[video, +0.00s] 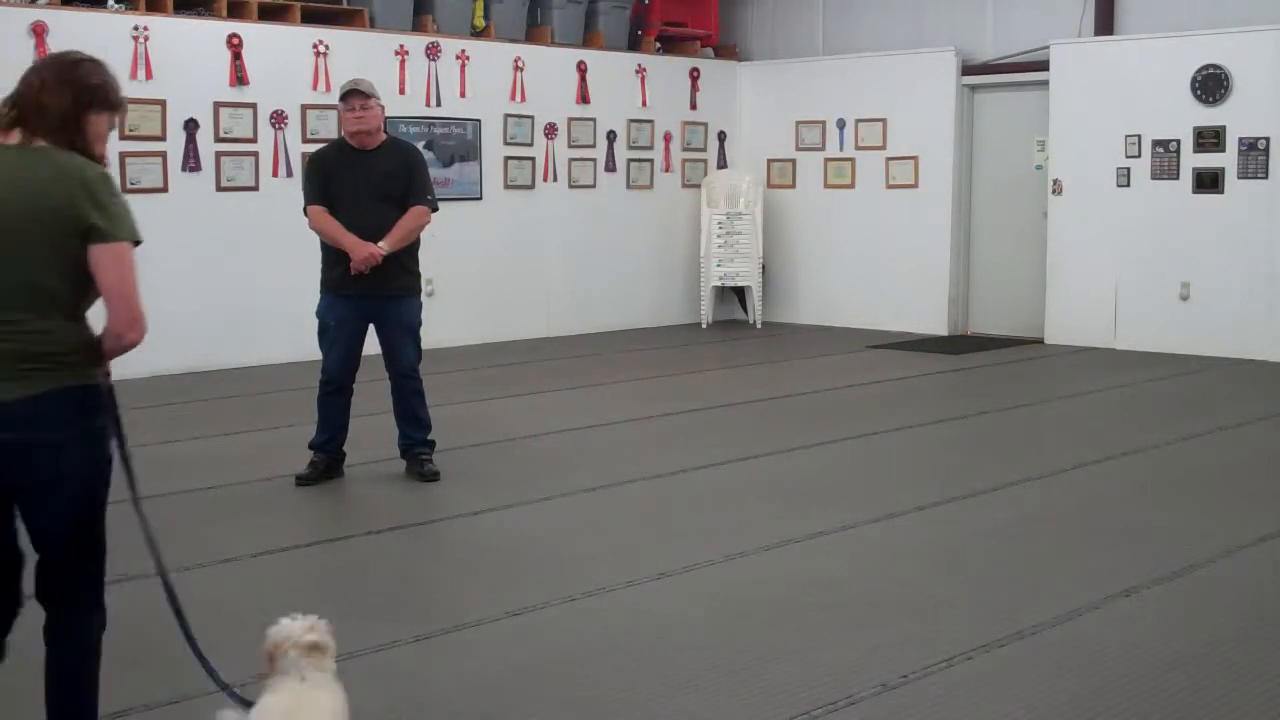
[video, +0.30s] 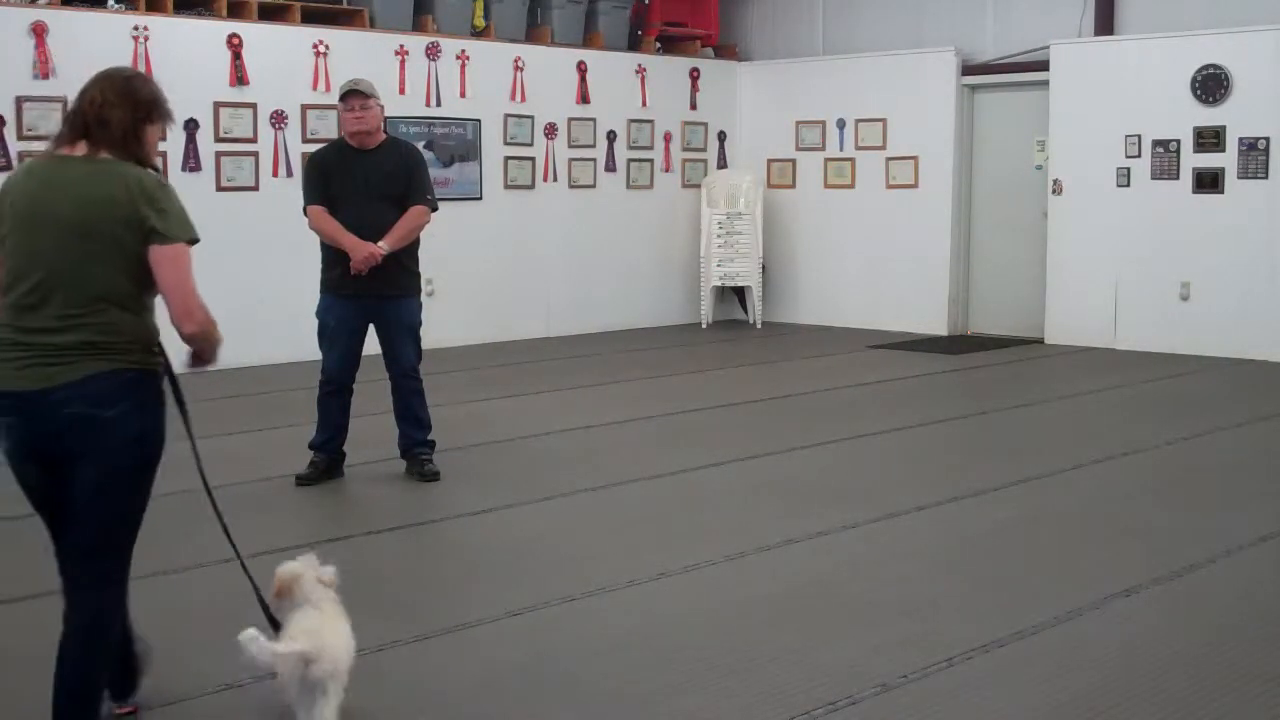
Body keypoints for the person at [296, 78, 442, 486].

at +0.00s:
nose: (358, 113)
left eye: (365, 106)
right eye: (350, 108)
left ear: (381, 112)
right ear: (340, 117)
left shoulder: (407, 155)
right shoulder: (321, 161)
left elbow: (421, 213)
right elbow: (316, 215)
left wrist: (378, 250)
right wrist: (355, 246)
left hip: (398, 288)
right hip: (342, 289)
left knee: (406, 373)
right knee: (335, 375)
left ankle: (419, 452)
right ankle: (327, 455)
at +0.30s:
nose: (357, 114)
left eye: (364, 107)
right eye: (349, 109)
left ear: (380, 112)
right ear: (339, 117)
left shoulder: (407, 155)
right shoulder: (321, 161)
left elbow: (421, 212)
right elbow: (315, 215)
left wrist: (378, 250)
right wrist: (355, 246)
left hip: (397, 287)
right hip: (342, 288)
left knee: (406, 373)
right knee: (334, 375)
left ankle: (419, 452)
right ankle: (327, 455)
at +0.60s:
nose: (357, 116)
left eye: (365, 108)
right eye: (349, 110)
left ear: (380, 112)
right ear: (339, 118)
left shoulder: (406, 154)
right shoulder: (321, 160)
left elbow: (421, 212)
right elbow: (315, 214)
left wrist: (378, 249)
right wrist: (354, 246)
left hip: (397, 287)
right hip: (342, 287)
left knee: (406, 371)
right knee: (334, 374)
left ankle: (419, 451)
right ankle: (327, 455)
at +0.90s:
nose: (357, 116)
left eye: (364, 108)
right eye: (349, 110)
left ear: (380, 112)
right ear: (338, 118)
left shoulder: (406, 154)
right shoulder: (320, 160)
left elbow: (421, 211)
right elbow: (315, 215)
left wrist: (379, 249)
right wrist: (354, 246)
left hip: (397, 287)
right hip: (342, 288)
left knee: (406, 372)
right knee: (334, 375)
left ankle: (419, 450)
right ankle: (327, 455)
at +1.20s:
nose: (357, 115)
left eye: (364, 108)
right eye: (349, 110)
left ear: (380, 113)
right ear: (339, 118)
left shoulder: (406, 155)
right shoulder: (321, 160)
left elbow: (421, 212)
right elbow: (315, 214)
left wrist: (378, 250)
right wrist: (355, 246)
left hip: (397, 289)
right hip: (342, 289)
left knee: (406, 373)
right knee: (335, 378)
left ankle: (418, 451)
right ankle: (327, 456)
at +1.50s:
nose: (357, 117)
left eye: (364, 109)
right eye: (350, 111)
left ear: (381, 113)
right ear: (339, 118)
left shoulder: (406, 155)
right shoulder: (321, 161)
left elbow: (421, 212)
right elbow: (316, 215)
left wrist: (378, 250)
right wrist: (355, 246)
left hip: (397, 289)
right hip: (342, 290)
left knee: (407, 373)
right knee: (335, 378)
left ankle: (418, 451)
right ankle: (327, 461)